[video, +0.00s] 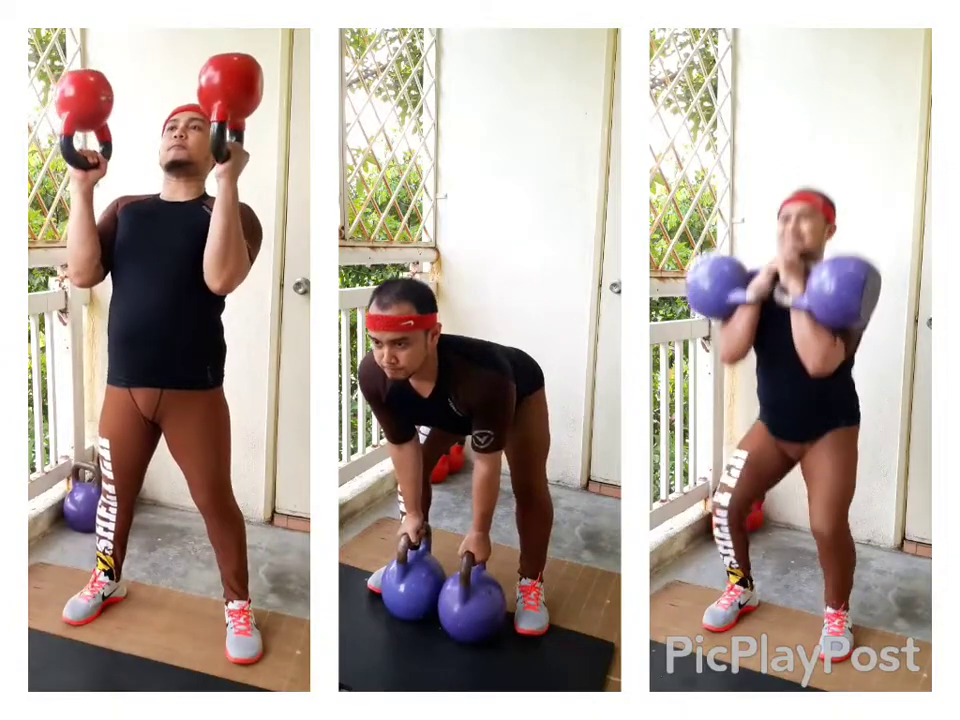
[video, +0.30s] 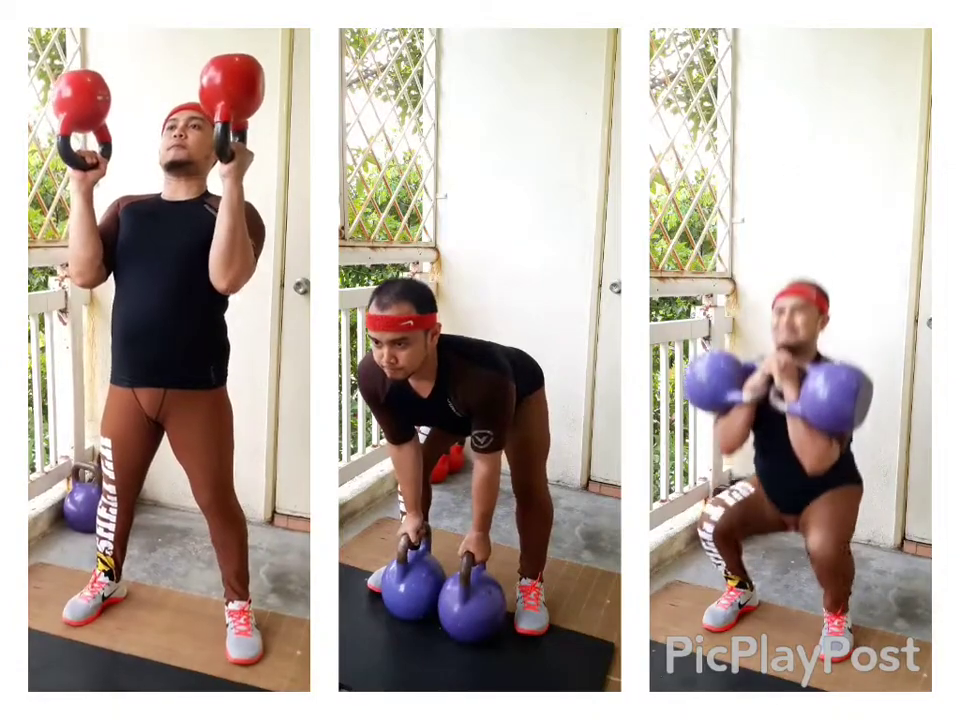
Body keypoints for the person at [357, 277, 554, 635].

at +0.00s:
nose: (387, 358)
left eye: (401, 344)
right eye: (377, 344)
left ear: (433, 335)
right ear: (369, 338)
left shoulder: (484, 379)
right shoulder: (374, 376)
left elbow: (486, 463)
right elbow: (403, 444)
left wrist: (479, 532)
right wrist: (412, 512)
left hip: (514, 390)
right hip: (451, 398)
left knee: (530, 486)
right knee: (415, 470)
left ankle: (531, 583)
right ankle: (410, 563)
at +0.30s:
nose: (387, 358)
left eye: (401, 344)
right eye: (377, 344)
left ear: (433, 335)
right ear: (369, 338)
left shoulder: (483, 379)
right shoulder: (373, 376)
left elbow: (486, 463)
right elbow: (403, 444)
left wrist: (479, 532)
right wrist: (412, 512)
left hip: (514, 389)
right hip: (452, 398)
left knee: (530, 486)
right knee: (415, 471)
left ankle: (531, 583)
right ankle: (409, 563)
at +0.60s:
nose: (387, 349)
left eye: (402, 336)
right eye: (378, 334)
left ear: (434, 330)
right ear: (370, 331)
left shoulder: (484, 378)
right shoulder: (374, 374)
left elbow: (487, 464)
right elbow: (403, 444)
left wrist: (479, 532)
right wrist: (412, 512)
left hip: (515, 389)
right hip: (452, 398)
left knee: (530, 486)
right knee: (415, 471)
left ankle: (531, 583)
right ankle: (409, 563)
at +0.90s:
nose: (389, 350)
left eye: (403, 336)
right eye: (379, 335)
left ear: (435, 330)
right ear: (371, 331)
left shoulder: (485, 379)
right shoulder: (374, 374)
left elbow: (487, 463)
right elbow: (404, 443)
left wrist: (480, 532)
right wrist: (412, 512)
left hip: (515, 389)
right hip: (454, 399)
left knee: (530, 487)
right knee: (416, 469)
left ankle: (531, 583)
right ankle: (409, 563)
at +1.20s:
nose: (388, 351)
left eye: (402, 337)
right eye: (378, 336)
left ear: (434, 330)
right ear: (370, 331)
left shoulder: (484, 378)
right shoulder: (374, 374)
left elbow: (487, 462)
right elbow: (404, 443)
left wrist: (480, 531)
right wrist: (412, 512)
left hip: (515, 390)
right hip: (453, 399)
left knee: (530, 487)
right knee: (415, 470)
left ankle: (531, 583)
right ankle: (409, 562)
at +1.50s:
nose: (389, 349)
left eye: (403, 335)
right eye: (379, 334)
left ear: (435, 329)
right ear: (371, 331)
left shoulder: (485, 378)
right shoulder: (374, 374)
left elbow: (490, 463)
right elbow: (403, 443)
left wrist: (480, 532)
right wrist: (411, 511)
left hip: (514, 394)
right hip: (451, 404)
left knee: (533, 489)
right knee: (413, 471)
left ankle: (532, 582)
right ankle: (410, 562)